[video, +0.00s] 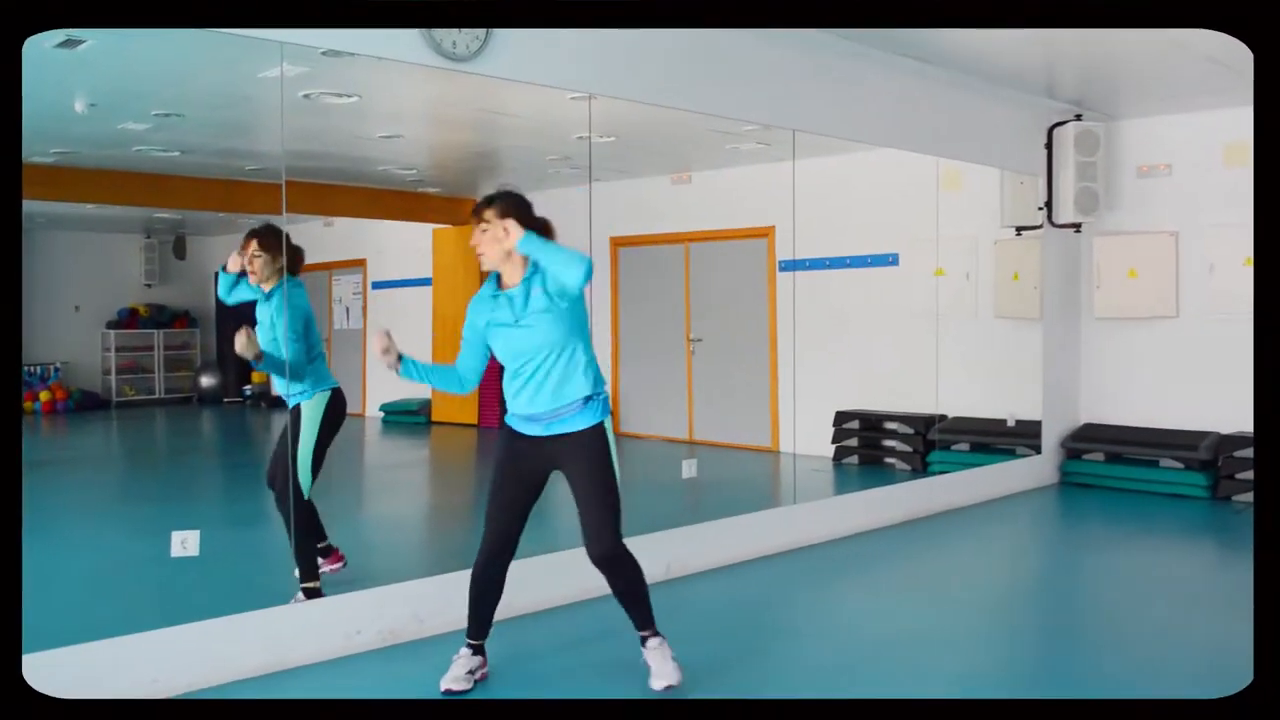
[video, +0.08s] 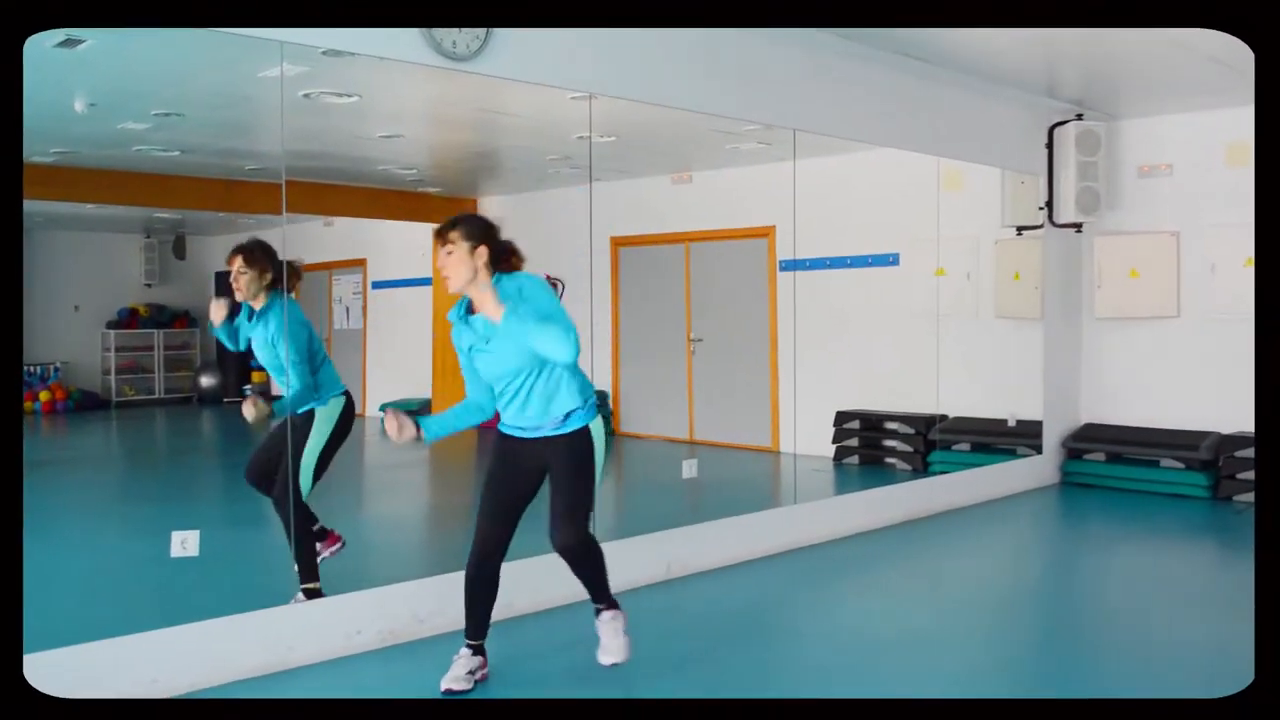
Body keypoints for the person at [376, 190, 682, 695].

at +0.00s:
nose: (474, 242)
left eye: (484, 231)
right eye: (474, 232)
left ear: (515, 234)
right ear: (483, 239)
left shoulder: (554, 277)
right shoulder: (483, 305)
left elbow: (579, 270)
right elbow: (465, 377)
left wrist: (525, 239)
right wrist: (401, 362)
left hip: (582, 430)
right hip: (521, 435)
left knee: (604, 547)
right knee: (494, 548)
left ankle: (652, 642)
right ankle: (473, 653)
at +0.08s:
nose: (440, 263)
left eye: (449, 251)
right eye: (439, 253)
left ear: (480, 255)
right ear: (462, 260)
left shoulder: (528, 288)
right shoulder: (462, 323)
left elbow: (566, 348)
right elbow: (481, 401)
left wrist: (500, 312)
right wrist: (421, 428)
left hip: (572, 430)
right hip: (516, 436)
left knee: (569, 536)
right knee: (486, 547)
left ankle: (607, 611)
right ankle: (473, 651)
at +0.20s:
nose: (407, 305)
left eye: (415, 294)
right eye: (406, 296)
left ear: (448, 295)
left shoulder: (495, 331)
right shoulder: (446, 360)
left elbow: (531, 416)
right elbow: (475, 437)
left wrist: (470, 464)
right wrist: (460, 505)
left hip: (567, 440)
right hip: (516, 445)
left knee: (514, 531)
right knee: (475, 539)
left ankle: (550, 594)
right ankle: (472, 653)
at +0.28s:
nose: (398, 326)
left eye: (404, 314)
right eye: (395, 317)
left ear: (437, 313)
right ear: (428, 317)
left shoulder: (481, 349)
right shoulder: (440, 369)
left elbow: (495, 439)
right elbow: (460, 444)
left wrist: (475, 517)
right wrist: (472, 514)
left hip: (564, 453)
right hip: (514, 455)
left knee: (499, 554)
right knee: (470, 546)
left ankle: (527, 613)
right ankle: (473, 654)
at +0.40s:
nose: (398, 327)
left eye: (403, 315)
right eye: (395, 319)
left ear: (437, 311)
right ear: (428, 316)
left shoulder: (476, 346)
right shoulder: (440, 367)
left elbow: (471, 434)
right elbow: (469, 437)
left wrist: (453, 507)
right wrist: (463, 511)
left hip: (562, 457)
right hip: (508, 459)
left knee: (519, 570)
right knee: (474, 562)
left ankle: (516, 639)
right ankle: (474, 654)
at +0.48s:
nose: (411, 312)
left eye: (418, 300)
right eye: (407, 304)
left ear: (451, 298)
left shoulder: (490, 329)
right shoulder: (444, 361)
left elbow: (480, 413)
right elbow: (471, 426)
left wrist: (431, 469)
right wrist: (452, 500)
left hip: (560, 454)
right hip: (508, 460)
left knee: (549, 569)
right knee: (482, 566)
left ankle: (538, 629)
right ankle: (475, 655)